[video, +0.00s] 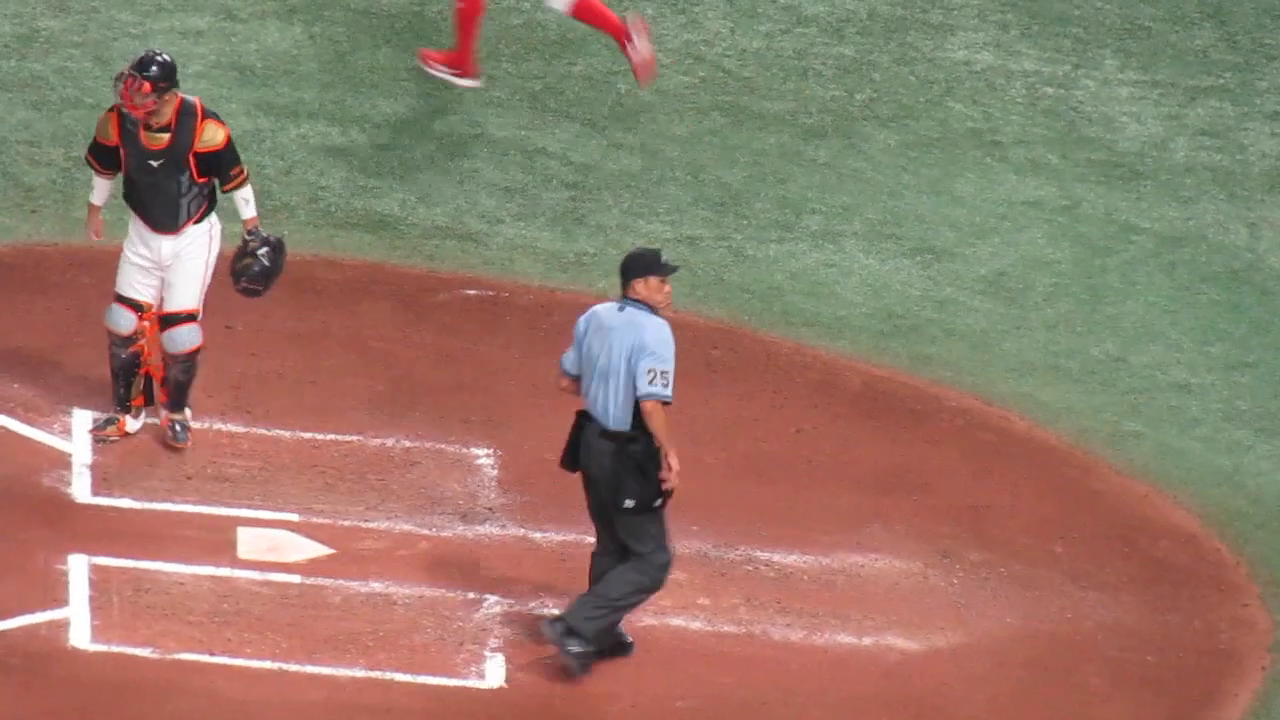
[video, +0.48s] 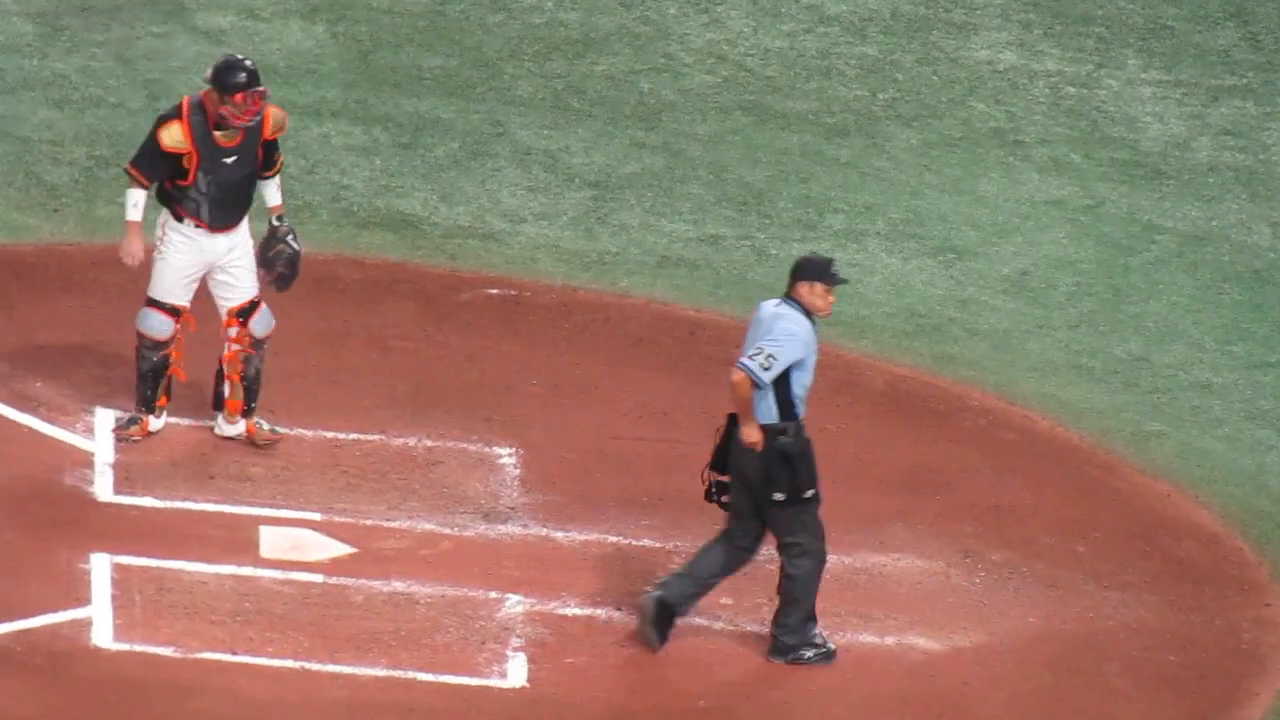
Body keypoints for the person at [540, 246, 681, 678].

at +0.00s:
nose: (669, 287)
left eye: (668, 280)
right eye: (662, 281)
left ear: (631, 286)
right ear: (640, 285)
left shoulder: (595, 316)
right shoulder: (655, 331)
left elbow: (570, 380)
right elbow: (650, 403)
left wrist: (614, 391)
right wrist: (669, 453)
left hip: (591, 444)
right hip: (627, 453)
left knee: (609, 543)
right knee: (652, 560)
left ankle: (602, 629)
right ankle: (575, 628)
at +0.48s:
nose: (831, 298)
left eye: (832, 290)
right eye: (825, 289)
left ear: (799, 290)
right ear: (802, 288)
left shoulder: (770, 311)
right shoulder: (794, 329)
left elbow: (746, 367)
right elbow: (743, 378)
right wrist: (748, 422)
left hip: (751, 446)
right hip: (782, 450)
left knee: (740, 539)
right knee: (805, 548)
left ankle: (667, 600)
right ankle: (793, 639)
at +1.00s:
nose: (968, 291)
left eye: (969, 284)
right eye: (968, 284)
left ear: (933, 276)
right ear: (956, 281)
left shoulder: (892, 304)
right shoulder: (954, 321)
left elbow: (858, 366)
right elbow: (933, 388)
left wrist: (826, 416)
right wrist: (936, 452)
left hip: (889, 431)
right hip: (924, 439)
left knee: (932, 523)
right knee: (904, 543)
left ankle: (934, 610)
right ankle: (831, 627)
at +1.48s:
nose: (1083, 270)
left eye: (1083, 263)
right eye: (1076, 263)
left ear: (1050, 266)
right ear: (1052, 266)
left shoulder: (1017, 287)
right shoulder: (1053, 313)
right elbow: (1049, 387)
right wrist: (1081, 415)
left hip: (1004, 417)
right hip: (1037, 428)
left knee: (982, 519)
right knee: (1074, 526)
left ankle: (951, 611)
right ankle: (1103, 613)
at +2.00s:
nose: (1202, 268)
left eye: (1202, 261)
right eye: (1197, 261)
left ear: (1169, 262)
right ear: (1173, 262)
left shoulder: (1127, 276)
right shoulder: (1181, 311)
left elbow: (1112, 336)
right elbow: (1182, 384)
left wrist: (1171, 353)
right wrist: (1209, 389)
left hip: (1121, 409)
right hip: (1152, 420)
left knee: (1155, 508)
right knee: (1145, 517)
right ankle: (1123, 619)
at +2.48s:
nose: (1256, 247)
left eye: (1254, 239)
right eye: (1250, 240)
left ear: (1218, 244)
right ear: (1229, 243)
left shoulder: (1179, 273)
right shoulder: (1247, 290)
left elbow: (1160, 339)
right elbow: (1253, 368)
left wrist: (1207, 340)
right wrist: (1276, 369)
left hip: (1188, 399)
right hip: (1230, 408)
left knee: (1199, 496)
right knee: (1264, 505)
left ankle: (1204, 594)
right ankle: (1201, 584)